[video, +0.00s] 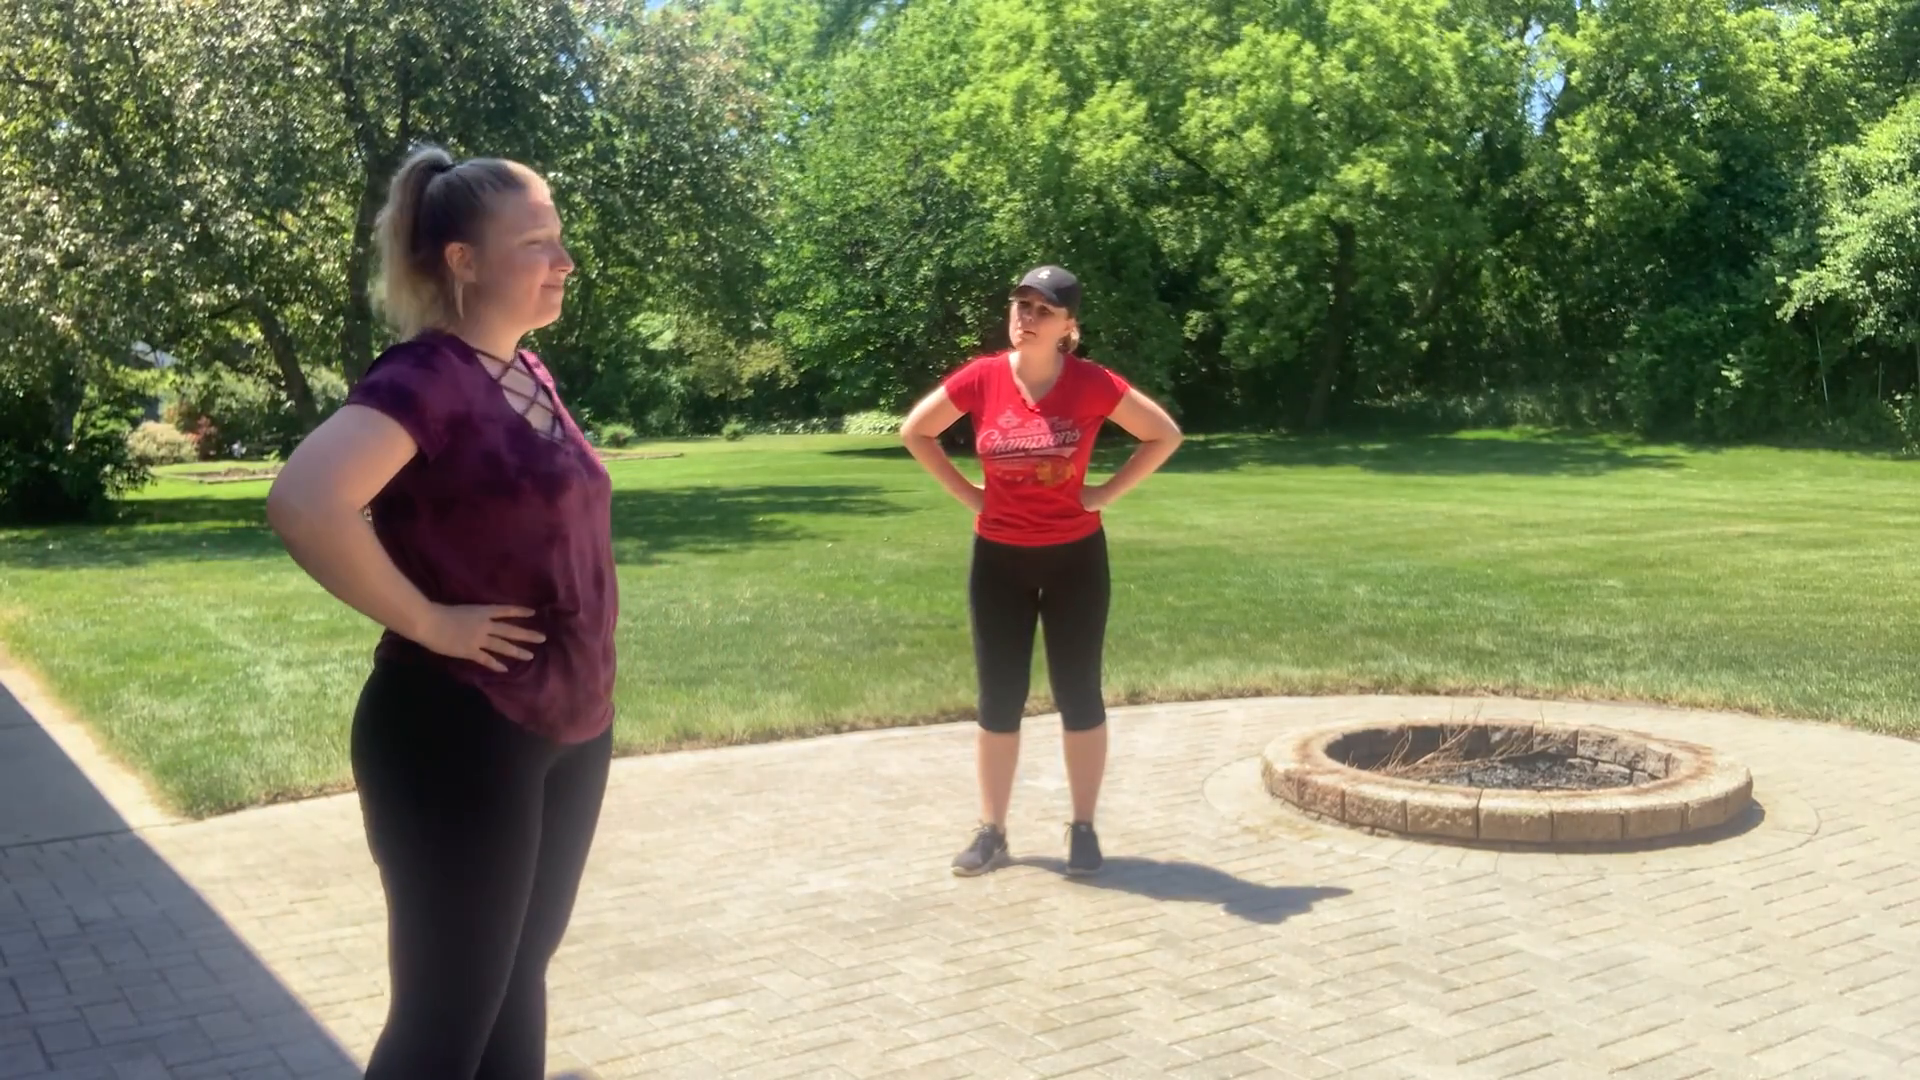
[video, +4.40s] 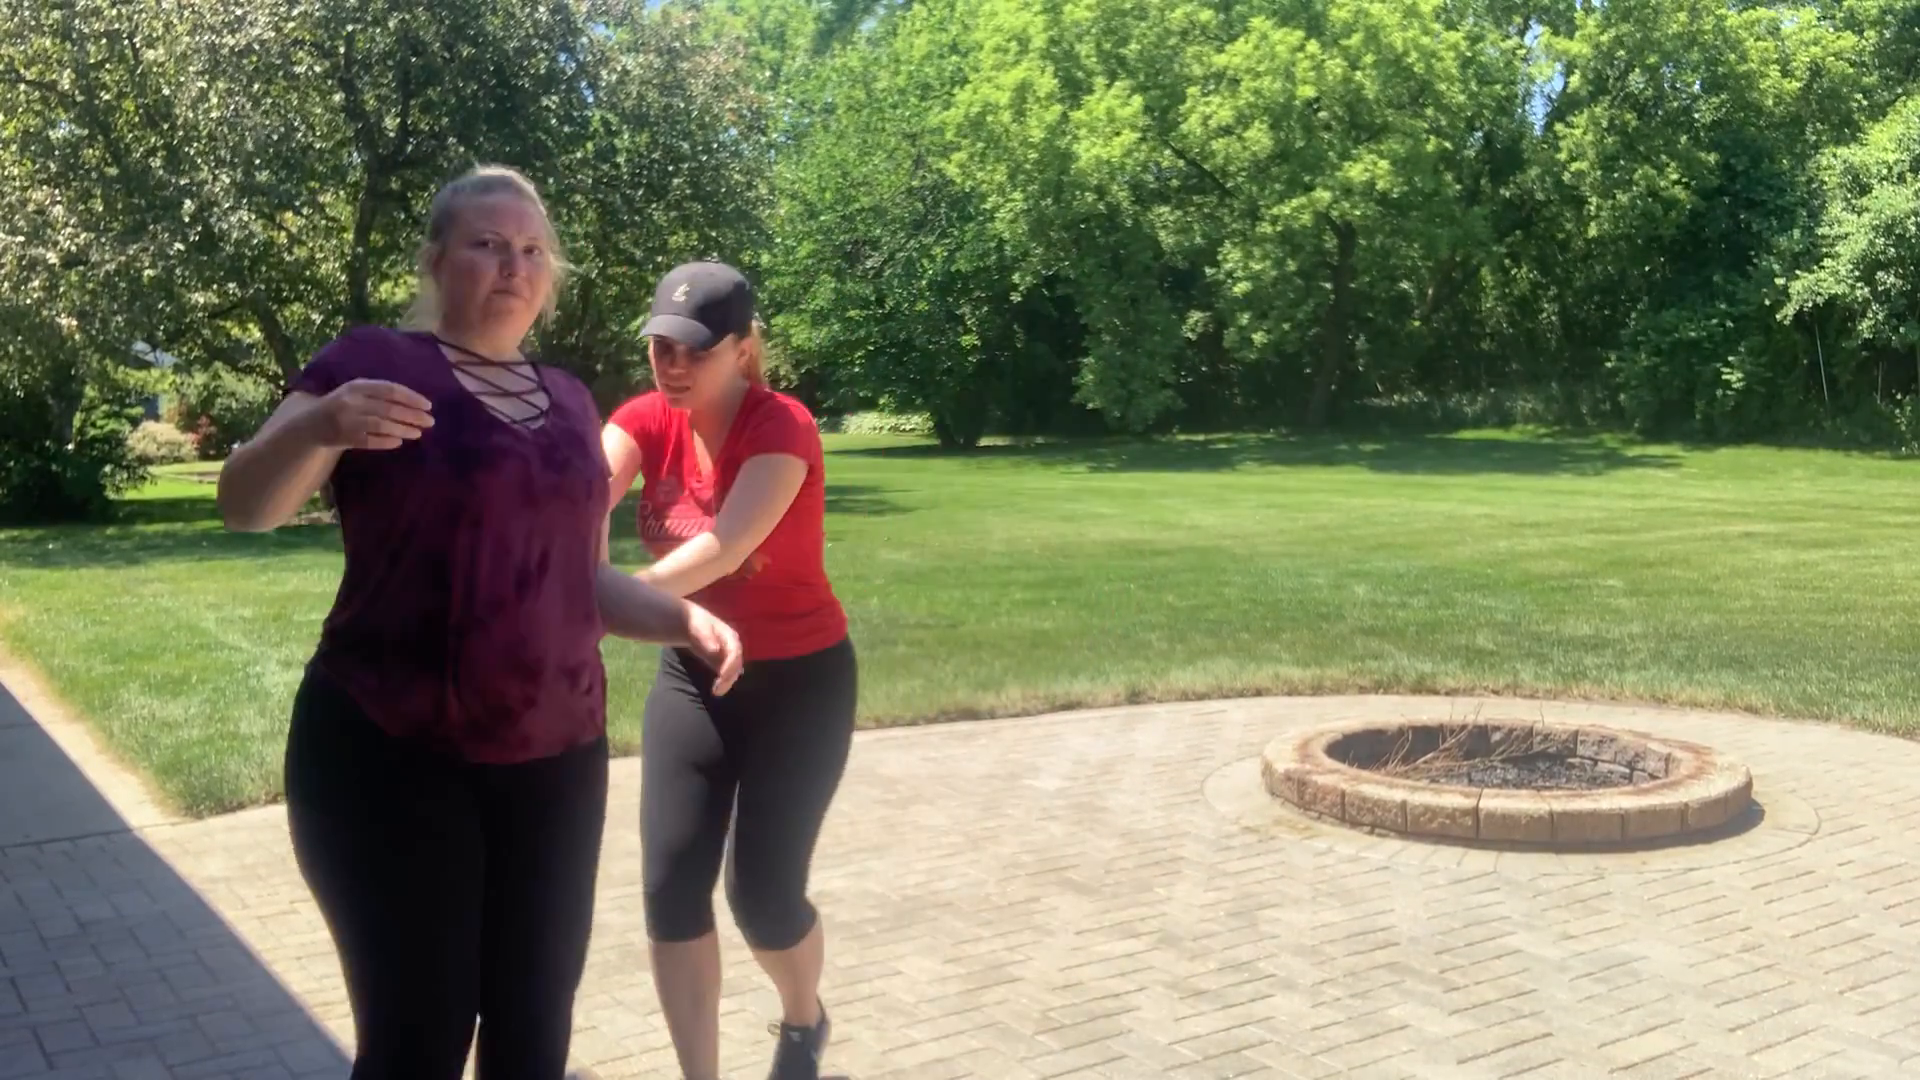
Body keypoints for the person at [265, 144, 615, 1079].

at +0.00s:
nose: (563, 260)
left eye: (560, 240)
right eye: (538, 243)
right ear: (462, 261)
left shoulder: (528, 370)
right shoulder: (426, 377)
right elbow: (306, 501)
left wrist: (560, 600)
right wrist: (425, 619)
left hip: (566, 717)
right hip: (462, 726)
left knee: (519, 984)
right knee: (444, 1019)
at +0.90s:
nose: (508, 254)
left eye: (510, 233)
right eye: (474, 243)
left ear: (522, 243)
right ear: (417, 275)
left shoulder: (570, 353)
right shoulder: (402, 361)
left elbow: (582, 478)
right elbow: (294, 506)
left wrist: (646, 514)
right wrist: (411, 597)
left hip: (585, 713)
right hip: (452, 721)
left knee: (534, 983)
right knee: (463, 1017)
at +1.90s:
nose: (543, 262)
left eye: (535, 240)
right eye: (528, 240)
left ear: (469, 257)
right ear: (477, 251)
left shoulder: (485, 377)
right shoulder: (432, 367)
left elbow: (493, 551)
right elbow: (405, 553)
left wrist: (615, 602)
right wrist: (539, 657)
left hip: (535, 720)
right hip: (464, 727)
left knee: (508, 1005)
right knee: (479, 1024)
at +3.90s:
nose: (607, 284)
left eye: (606, 264)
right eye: (602, 263)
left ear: (537, 268)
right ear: (559, 266)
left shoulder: (570, 376)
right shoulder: (456, 387)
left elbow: (585, 557)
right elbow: (433, 592)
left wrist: (656, 665)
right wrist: (507, 755)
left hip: (590, 732)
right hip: (481, 738)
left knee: (546, 998)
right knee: (471, 1022)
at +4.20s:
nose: (604, 275)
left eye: (606, 254)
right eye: (581, 254)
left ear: (603, 258)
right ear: (504, 260)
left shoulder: (593, 371)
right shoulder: (443, 370)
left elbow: (606, 553)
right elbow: (388, 543)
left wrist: (674, 651)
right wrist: (449, 645)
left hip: (573, 721)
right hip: (442, 719)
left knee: (541, 1005)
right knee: (459, 1011)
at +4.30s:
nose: (560, 280)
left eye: (571, 259)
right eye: (536, 257)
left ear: (583, 265)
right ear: (466, 257)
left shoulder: (579, 385)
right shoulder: (411, 363)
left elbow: (586, 568)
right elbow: (315, 519)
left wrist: (683, 639)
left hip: (568, 729)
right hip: (427, 728)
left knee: (530, 1015)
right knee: (440, 1024)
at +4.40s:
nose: (511, 267)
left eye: (530, 250)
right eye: (485, 246)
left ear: (551, 274)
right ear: (432, 262)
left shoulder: (568, 399)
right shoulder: (370, 363)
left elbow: (584, 575)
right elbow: (243, 507)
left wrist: (680, 615)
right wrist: (317, 419)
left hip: (550, 747)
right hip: (389, 743)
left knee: (534, 1036)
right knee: (417, 1038)